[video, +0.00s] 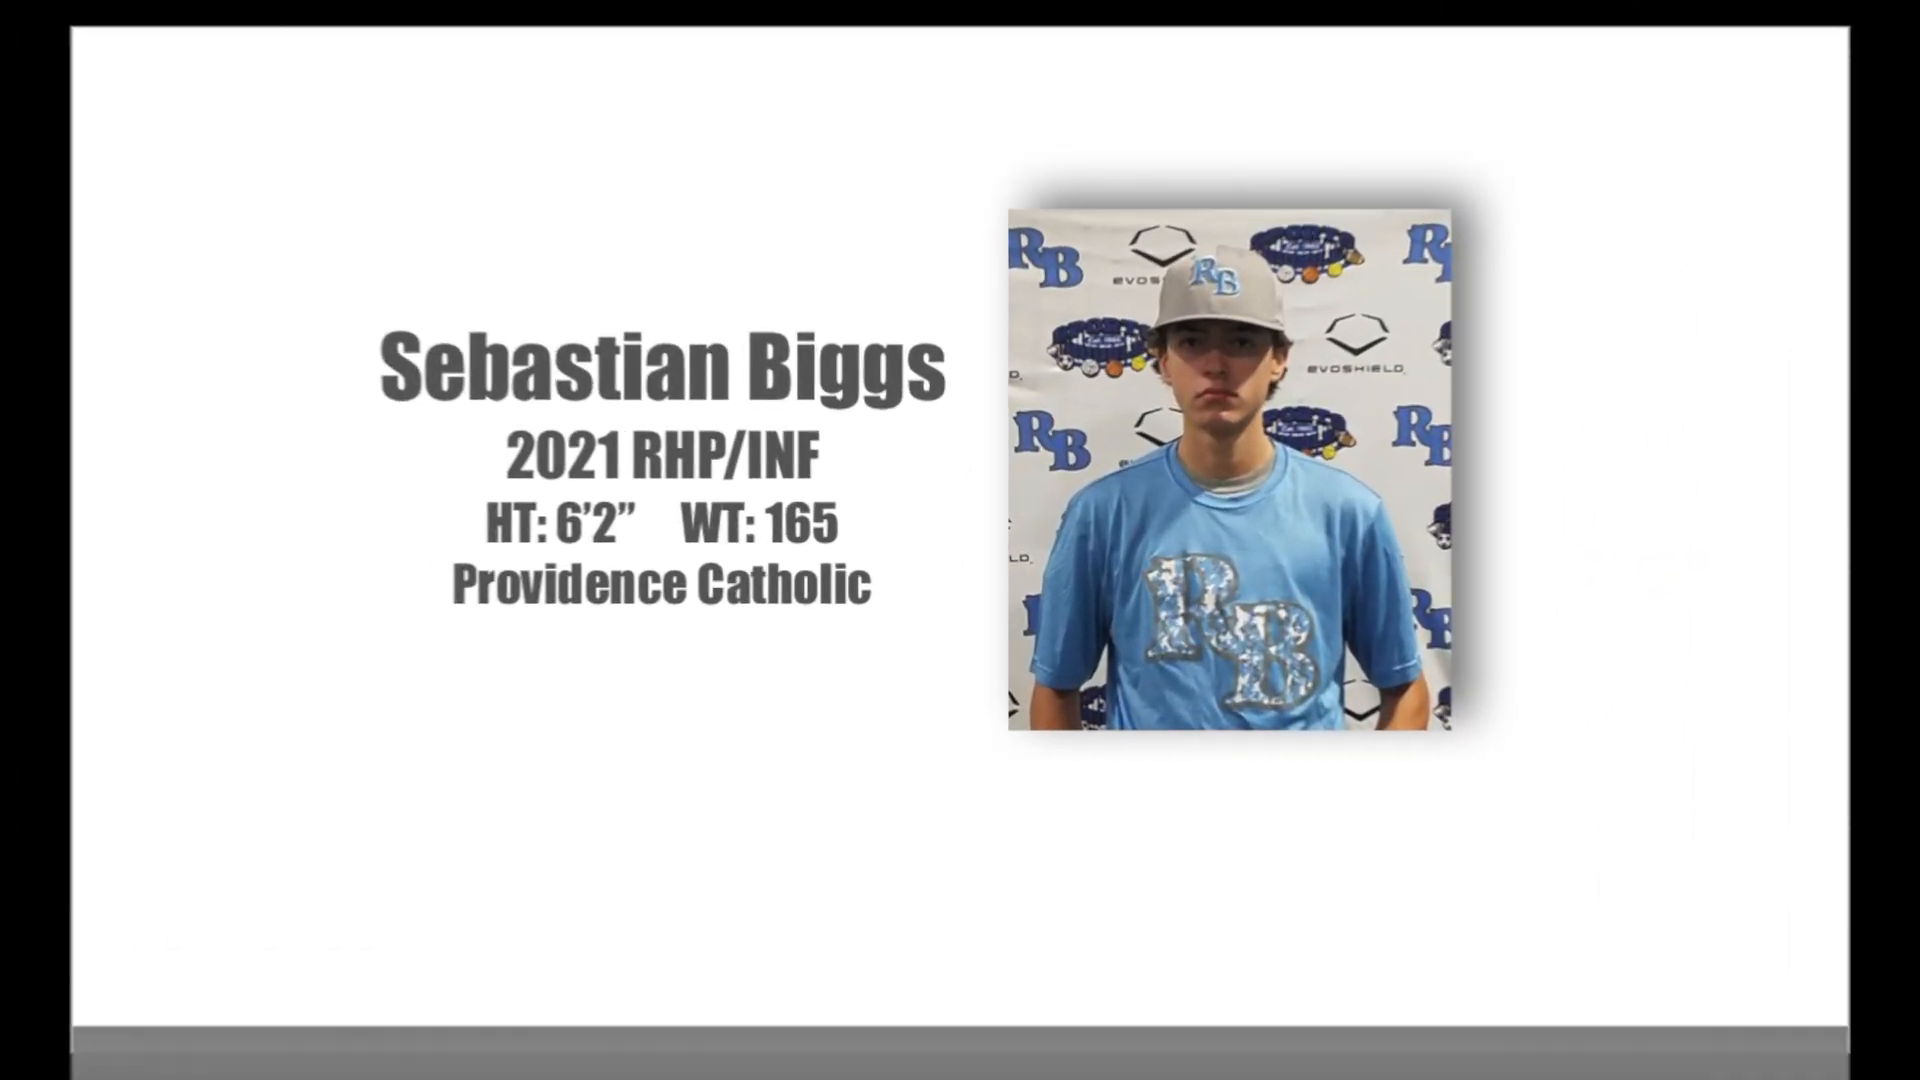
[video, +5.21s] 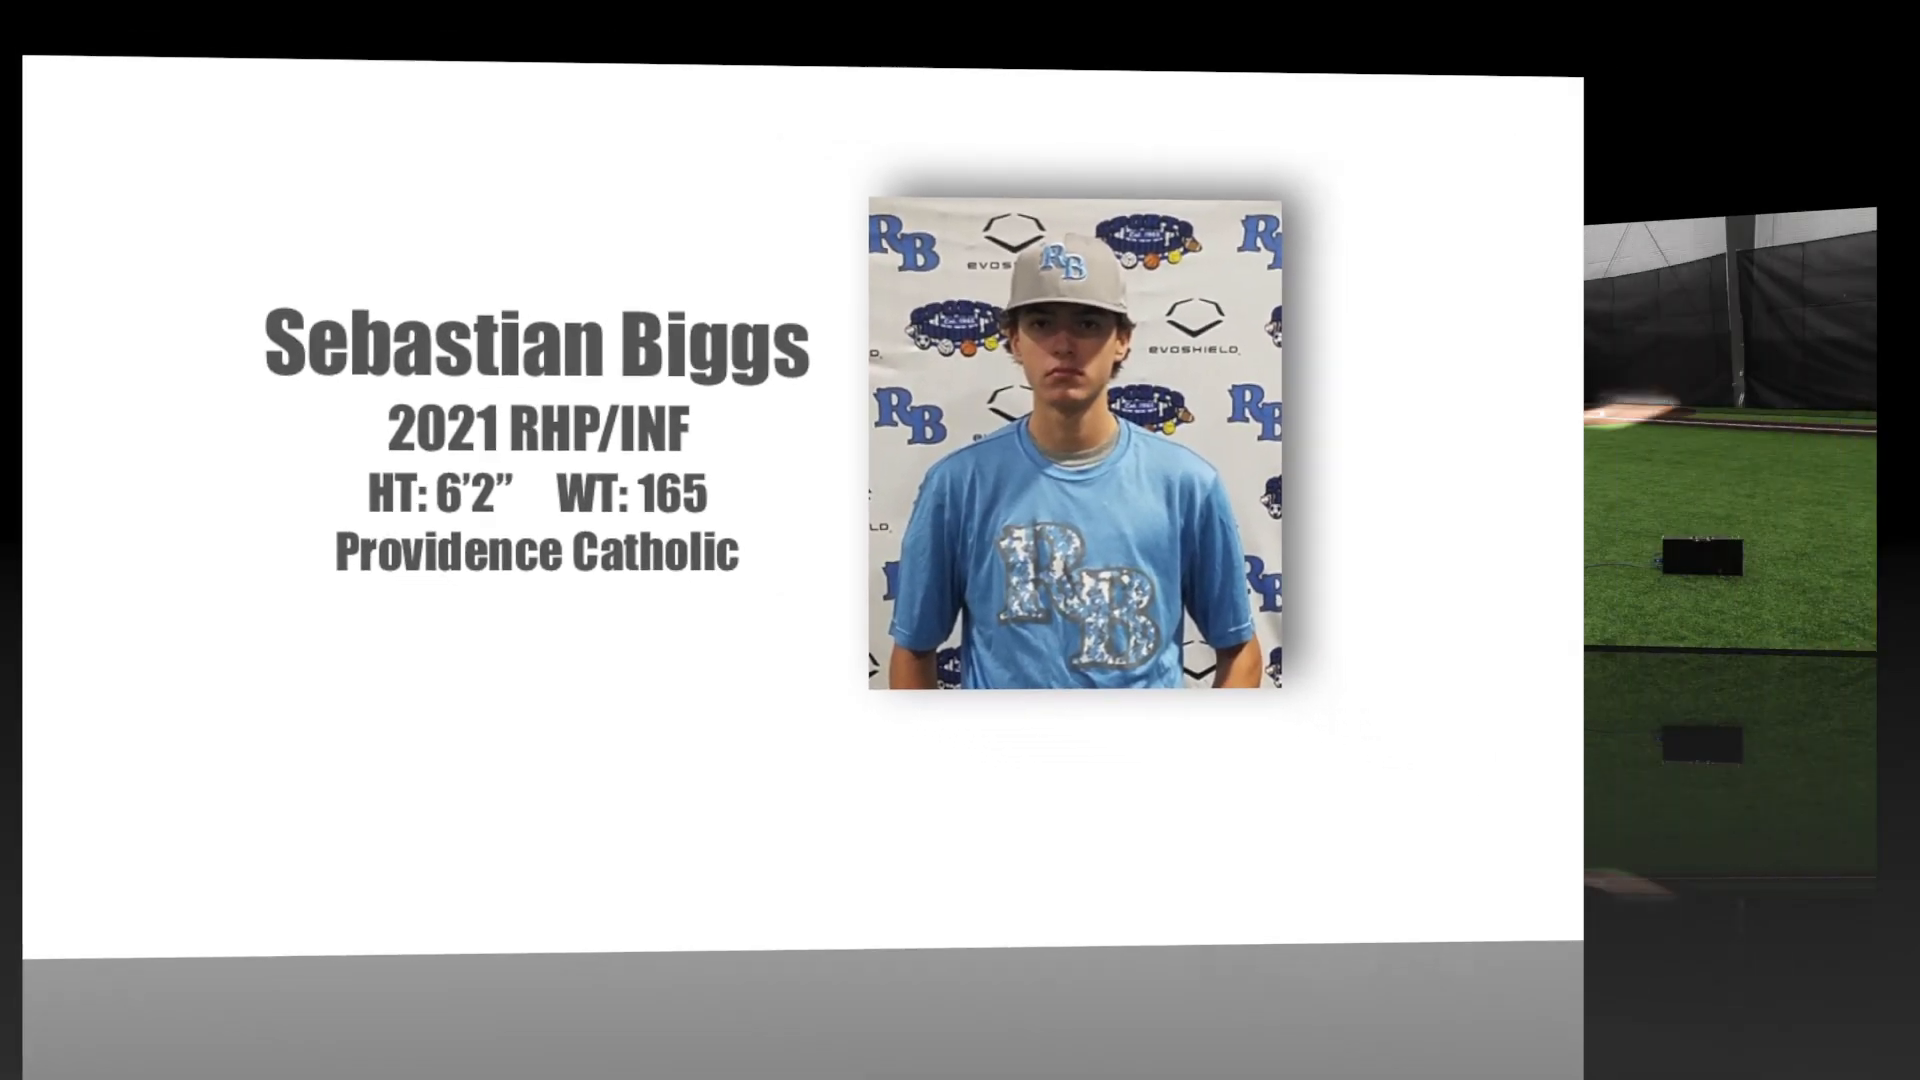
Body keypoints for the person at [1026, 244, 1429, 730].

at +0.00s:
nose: (1216, 364)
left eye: (1241, 341)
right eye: (1195, 342)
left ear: (1277, 361)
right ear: (1163, 363)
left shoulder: (1349, 513)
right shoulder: (1100, 515)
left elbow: (1407, 690)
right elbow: (1056, 693)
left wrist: (1370, 797)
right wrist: (1066, 802)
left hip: (1311, 793)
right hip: (1149, 793)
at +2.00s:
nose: (1245, 345)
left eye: (1273, 321)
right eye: (1221, 321)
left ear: (1314, 342)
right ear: (1187, 342)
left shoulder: (1394, 511)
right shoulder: (1117, 513)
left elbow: (1457, 708)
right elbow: (1067, 711)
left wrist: (1420, 827)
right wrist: (1076, 832)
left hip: (1351, 823)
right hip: (1171, 823)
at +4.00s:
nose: (1257, 339)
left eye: (1286, 314)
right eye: (1231, 314)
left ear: (1328, 335)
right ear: (1195, 336)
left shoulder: (1410, 510)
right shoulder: (1124, 513)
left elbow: (1476, 716)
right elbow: (1072, 718)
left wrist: (1436, 838)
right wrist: (1085, 844)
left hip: (1366, 834)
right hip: (1180, 834)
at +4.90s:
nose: (1209, 338)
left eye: (1237, 314)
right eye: (1186, 315)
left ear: (1278, 336)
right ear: (1151, 336)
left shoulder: (1357, 503)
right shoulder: (1082, 506)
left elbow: (1420, 700)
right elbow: (1032, 702)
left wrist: (1381, 819)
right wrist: (1042, 826)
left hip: (1314, 815)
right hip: (1135, 814)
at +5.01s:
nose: (1167, 340)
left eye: (1194, 317)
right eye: (1144, 317)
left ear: (1232, 337)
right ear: (1111, 337)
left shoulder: (1308, 497)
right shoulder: (1044, 501)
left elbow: (1367, 685)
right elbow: (998, 687)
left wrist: (1331, 800)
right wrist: (1007, 805)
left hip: (1266, 799)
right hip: (1096, 799)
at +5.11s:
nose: (1117, 342)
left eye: (1142, 320)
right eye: (1096, 320)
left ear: (1179, 339)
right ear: (1064, 339)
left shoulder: (1249, 491)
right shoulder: (1002, 494)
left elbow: (1306, 668)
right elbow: (958, 671)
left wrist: (1273, 776)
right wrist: (965, 782)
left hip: (1211, 775)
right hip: (1050, 776)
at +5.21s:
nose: (1064, 344)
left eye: (1087, 324)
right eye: (1044, 324)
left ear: (1121, 343)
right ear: (1014, 341)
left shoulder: (1188, 484)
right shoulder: (955, 486)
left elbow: (1240, 650)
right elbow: (914, 652)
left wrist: (1210, 753)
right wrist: (921, 757)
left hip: (1151, 752)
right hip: (1001, 752)